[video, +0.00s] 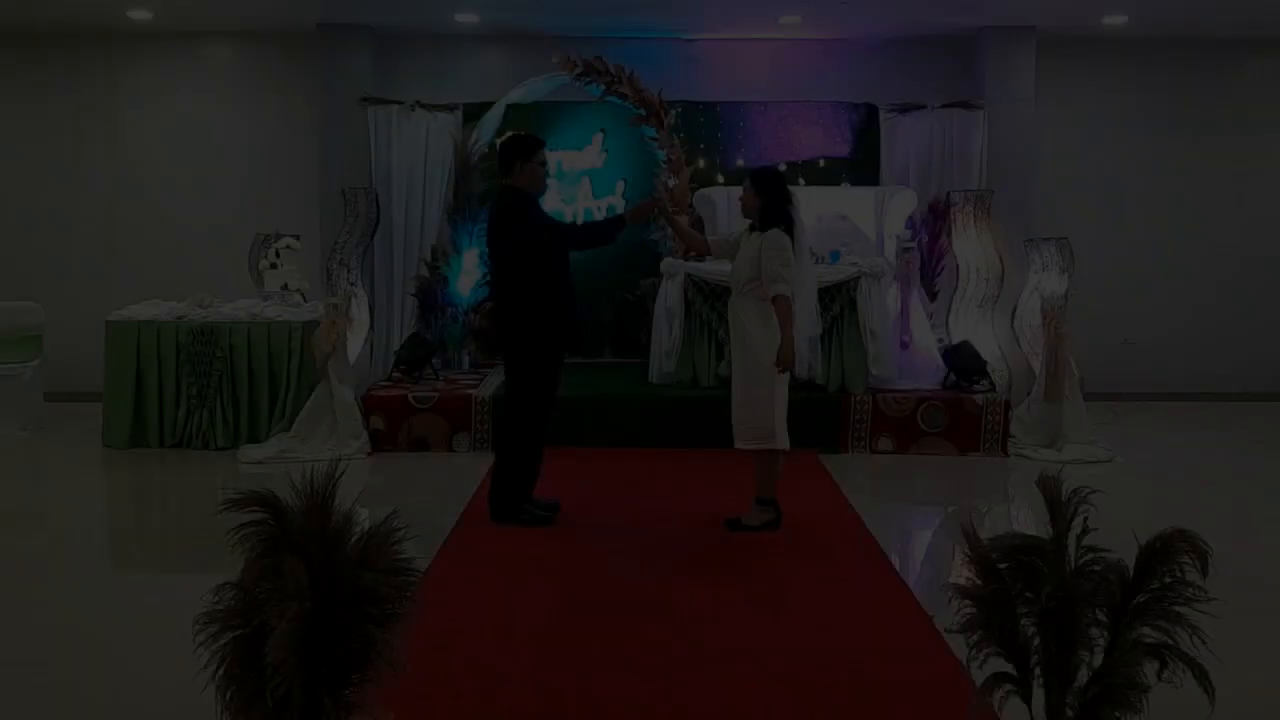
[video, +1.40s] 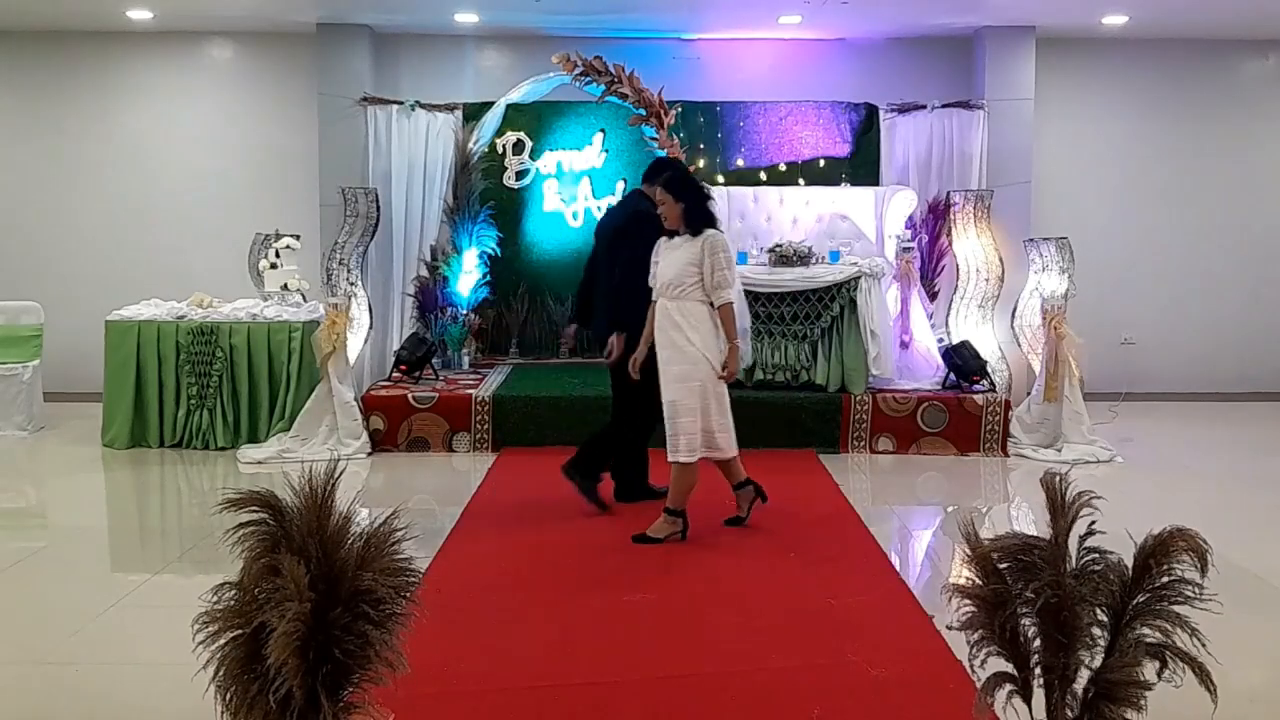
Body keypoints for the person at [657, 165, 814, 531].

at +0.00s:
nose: (742, 198)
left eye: (748, 192)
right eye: (744, 191)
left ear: (763, 198)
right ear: (761, 198)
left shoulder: (774, 239)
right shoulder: (748, 237)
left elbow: (781, 294)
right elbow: (704, 246)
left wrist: (786, 343)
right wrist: (671, 218)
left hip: (766, 343)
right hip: (748, 342)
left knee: (765, 422)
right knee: (757, 421)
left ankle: (767, 507)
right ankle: (763, 504)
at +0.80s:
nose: (735, 207)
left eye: (739, 200)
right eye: (734, 201)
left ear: (759, 201)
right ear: (744, 203)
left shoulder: (777, 240)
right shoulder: (739, 243)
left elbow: (784, 295)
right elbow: (711, 285)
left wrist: (793, 347)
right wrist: (675, 261)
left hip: (766, 342)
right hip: (743, 342)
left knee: (741, 417)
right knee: (746, 418)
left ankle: (760, 495)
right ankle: (762, 495)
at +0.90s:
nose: (727, 209)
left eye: (732, 202)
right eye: (726, 203)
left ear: (753, 202)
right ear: (738, 205)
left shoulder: (776, 241)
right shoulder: (733, 246)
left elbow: (783, 298)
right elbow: (716, 300)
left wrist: (792, 350)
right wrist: (676, 291)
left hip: (763, 352)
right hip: (736, 350)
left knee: (725, 419)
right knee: (748, 425)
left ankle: (730, 503)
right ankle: (765, 501)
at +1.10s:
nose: (707, 215)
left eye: (712, 208)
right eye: (704, 209)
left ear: (732, 207)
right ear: (707, 212)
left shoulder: (758, 246)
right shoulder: (709, 251)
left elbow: (770, 301)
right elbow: (709, 308)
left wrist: (780, 350)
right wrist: (687, 341)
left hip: (749, 353)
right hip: (717, 351)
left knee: (715, 425)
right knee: (736, 427)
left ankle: (682, 510)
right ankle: (763, 502)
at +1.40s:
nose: (658, 210)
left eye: (664, 203)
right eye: (657, 203)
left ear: (684, 202)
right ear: (665, 204)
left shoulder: (712, 241)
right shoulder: (663, 245)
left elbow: (723, 298)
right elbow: (657, 302)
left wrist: (733, 346)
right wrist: (642, 346)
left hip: (699, 342)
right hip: (668, 342)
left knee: (685, 425)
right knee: (701, 422)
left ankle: (674, 516)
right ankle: (743, 487)